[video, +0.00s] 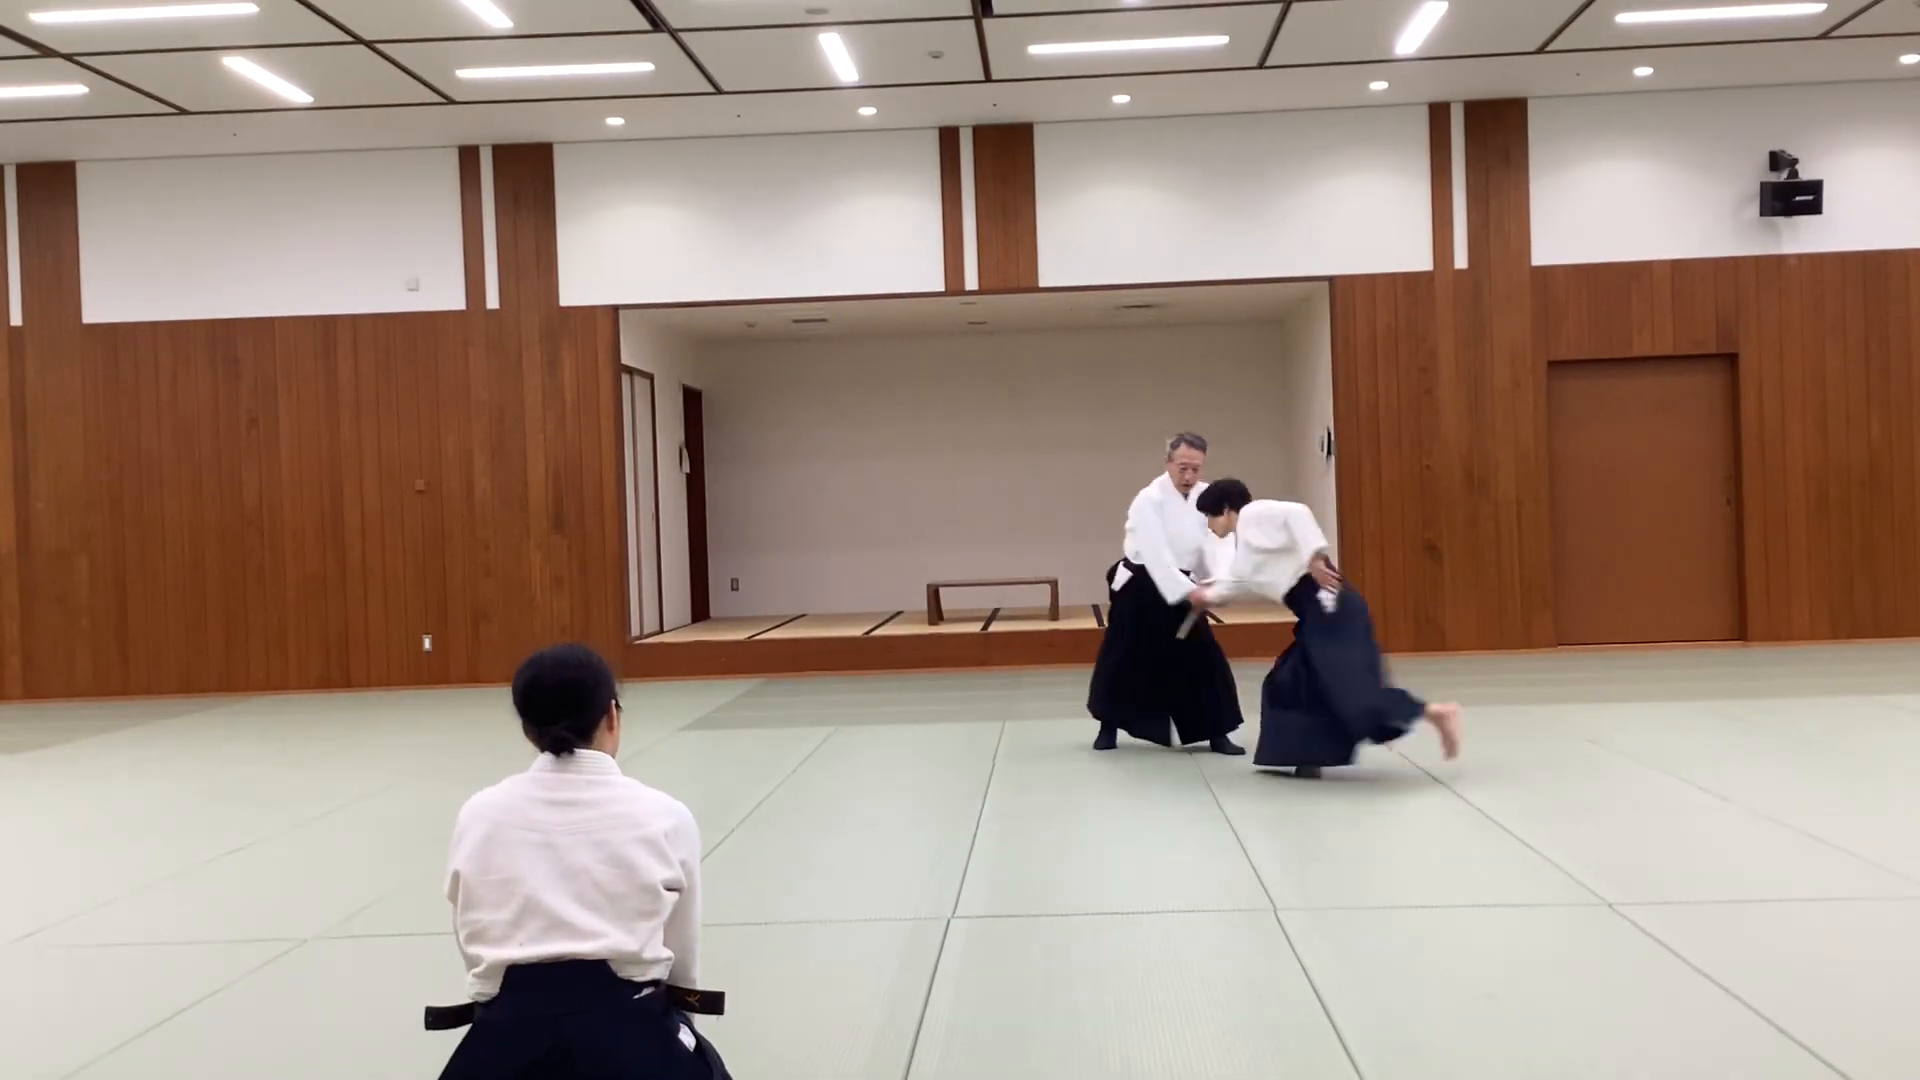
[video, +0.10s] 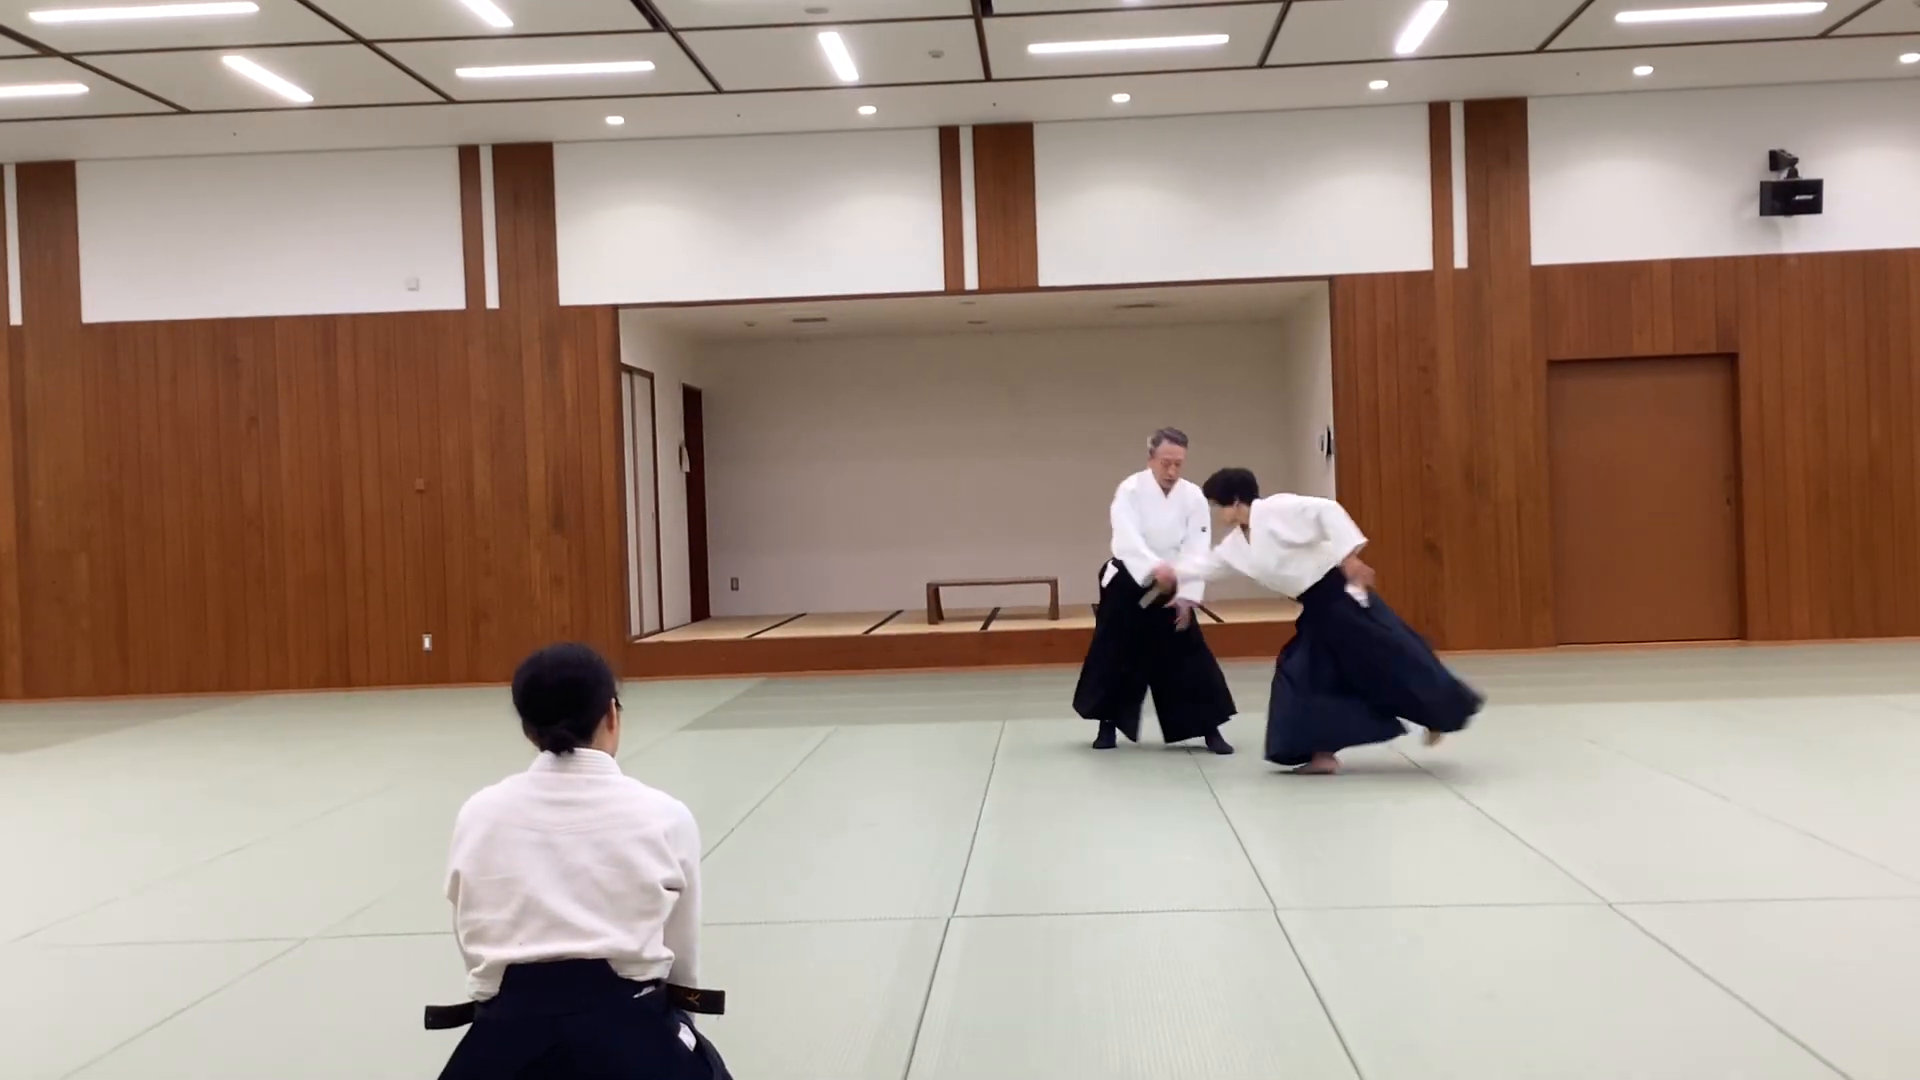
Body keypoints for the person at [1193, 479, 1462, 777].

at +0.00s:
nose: (1209, 526)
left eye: (1210, 517)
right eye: (1207, 519)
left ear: (1226, 510)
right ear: (1227, 512)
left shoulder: (1252, 513)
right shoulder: (1242, 547)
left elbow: (1297, 512)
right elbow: (1237, 583)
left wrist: (1314, 557)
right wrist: (1208, 595)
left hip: (1327, 601)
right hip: (1313, 613)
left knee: (1354, 695)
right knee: (1286, 683)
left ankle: (1435, 714)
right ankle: (1307, 762)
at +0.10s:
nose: (1216, 513)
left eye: (1218, 506)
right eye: (1215, 507)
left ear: (1234, 501)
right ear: (1234, 504)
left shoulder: (1273, 509)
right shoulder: (1236, 544)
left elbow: (1327, 508)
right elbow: (1209, 565)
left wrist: (1350, 557)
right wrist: (1172, 571)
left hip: (1337, 592)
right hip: (1314, 608)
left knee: (1381, 657)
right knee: (1302, 673)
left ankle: (1434, 710)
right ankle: (1322, 755)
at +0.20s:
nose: (1228, 500)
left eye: (1233, 493)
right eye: (1228, 493)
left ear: (1255, 492)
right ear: (1245, 493)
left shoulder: (1297, 507)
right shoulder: (1239, 526)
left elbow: (1352, 513)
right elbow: (1203, 540)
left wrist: (1386, 552)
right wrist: (1161, 540)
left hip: (1349, 594)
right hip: (1311, 605)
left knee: (1378, 664)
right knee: (1286, 671)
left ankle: (1407, 736)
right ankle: (1332, 740)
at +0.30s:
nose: (1237, 483)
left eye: (1241, 476)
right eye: (1236, 477)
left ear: (1263, 476)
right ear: (1249, 479)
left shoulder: (1307, 497)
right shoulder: (1243, 511)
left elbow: (1356, 517)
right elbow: (1200, 524)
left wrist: (1401, 544)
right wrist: (1157, 524)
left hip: (1338, 591)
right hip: (1296, 598)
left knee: (1370, 662)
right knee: (1272, 665)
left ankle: (1414, 728)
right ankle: (1316, 721)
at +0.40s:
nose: (1226, 470)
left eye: (1231, 463)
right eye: (1225, 463)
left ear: (1254, 462)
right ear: (1237, 464)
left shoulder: (1296, 482)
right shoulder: (1229, 498)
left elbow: (1339, 508)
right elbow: (1189, 518)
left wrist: (1379, 537)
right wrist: (1146, 522)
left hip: (1321, 583)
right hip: (1280, 589)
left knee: (1356, 656)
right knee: (1261, 665)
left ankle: (1406, 727)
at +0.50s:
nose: (1222, 464)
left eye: (1227, 458)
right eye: (1219, 458)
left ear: (1248, 455)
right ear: (1220, 460)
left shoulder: (1286, 479)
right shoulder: (1218, 492)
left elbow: (1324, 506)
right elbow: (1180, 510)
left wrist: (1356, 536)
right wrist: (1142, 513)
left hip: (1306, 578)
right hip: (1268, 584)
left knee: (1337, 655)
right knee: (1257, 660)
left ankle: (1391, 723)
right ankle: (1260, 742)